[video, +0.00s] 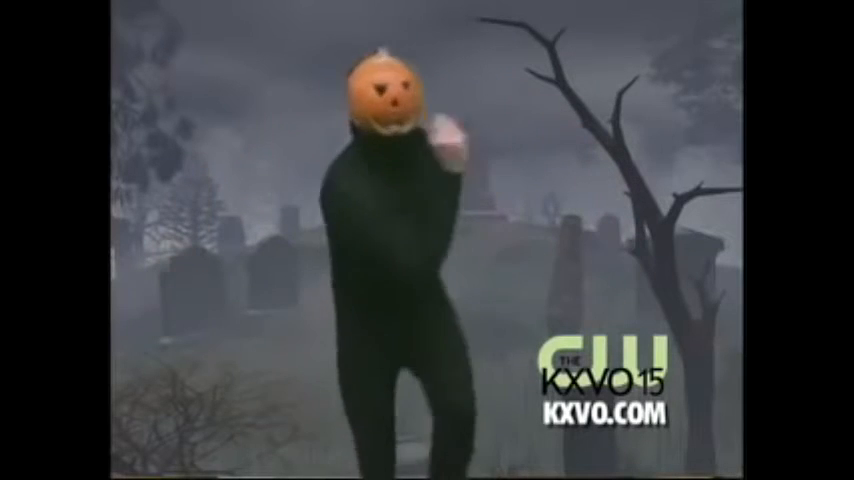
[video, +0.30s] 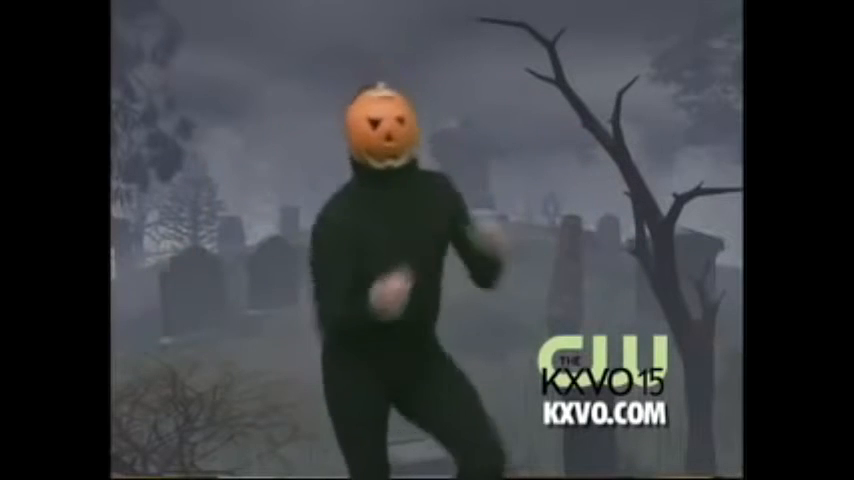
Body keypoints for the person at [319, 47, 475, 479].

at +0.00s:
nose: (395, 94)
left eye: (405, 84)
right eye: (379, 86)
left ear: (419, 97)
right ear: (356, 110)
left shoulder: (432, 160)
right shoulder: (346, 179)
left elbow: (432, 253)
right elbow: (413, 263)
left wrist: (453, 169)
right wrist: (449, 180)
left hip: (428, 320)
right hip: (366, 331)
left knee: (458, 415)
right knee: (376, 454)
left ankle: (446, 474)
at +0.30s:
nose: (388, 132)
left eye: (398, 121)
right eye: (373, 123)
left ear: (415, 130)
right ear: (352, 136)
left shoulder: (437, 192)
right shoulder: (339, 215)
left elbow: (483, 276)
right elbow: (333, 316)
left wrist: (488, 253)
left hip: (417, 355)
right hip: (355, 364)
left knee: (483, 456)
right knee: (370, 472)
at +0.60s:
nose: (422, 81)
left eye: (434, 72)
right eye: (409, 71)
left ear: (450, 81)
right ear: (388, 80)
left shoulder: (463, 153)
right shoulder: (357, 142)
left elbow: (479, 259)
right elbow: (324, 229)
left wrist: (394, 240)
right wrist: (326, 306)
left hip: (449, 334)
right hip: (379, 333)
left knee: (457, 467)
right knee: (383, 467)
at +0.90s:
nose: (435, 128)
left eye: (450, 118)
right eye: (423, 115)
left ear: (470, 128)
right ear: (407, 119)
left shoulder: (469, 195)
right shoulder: (424, 183)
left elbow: (407, 270)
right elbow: (412, 243)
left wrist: (347, 182)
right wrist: (372, 252)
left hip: (468, 368)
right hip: (413, 357)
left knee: (461, 471)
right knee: (302, 421)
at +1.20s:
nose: (454, 80)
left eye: (469, 72)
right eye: (442, 70)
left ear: (486, 88)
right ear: (423, 81)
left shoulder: (482, 158)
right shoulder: (418, 143)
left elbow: (397, 217)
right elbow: (408, 216)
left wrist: (319, 166)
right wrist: (366, 239)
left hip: (455, 341)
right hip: (392, 336)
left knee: (453, 469)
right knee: (386, 467)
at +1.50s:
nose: (425, 106)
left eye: (438, 100)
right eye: (414, 96)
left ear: (456, 119)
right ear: (393, 112)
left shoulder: (468, 191)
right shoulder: (366, 171)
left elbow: (438, 277)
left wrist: (358, 271)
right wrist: (323, 209)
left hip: (445, 349)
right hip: (374, 341)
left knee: (459, 465)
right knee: (313, 435)